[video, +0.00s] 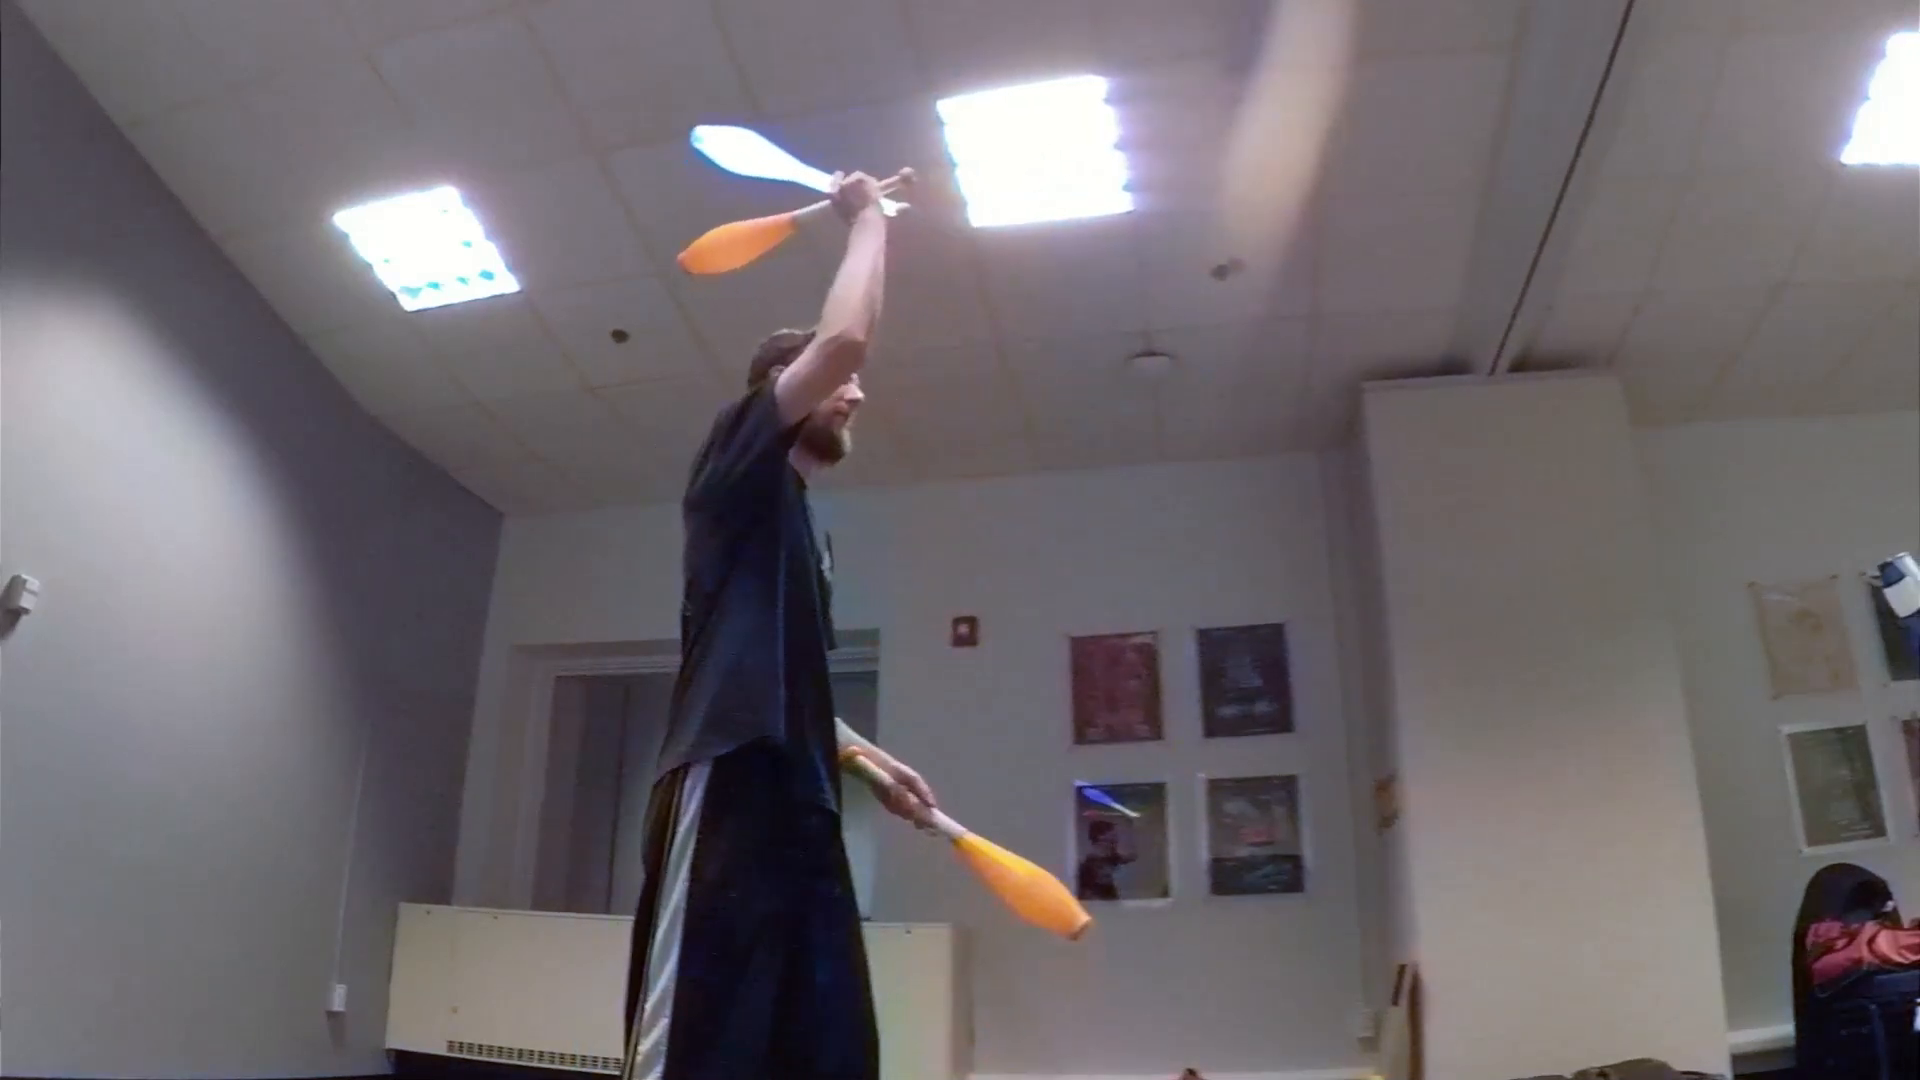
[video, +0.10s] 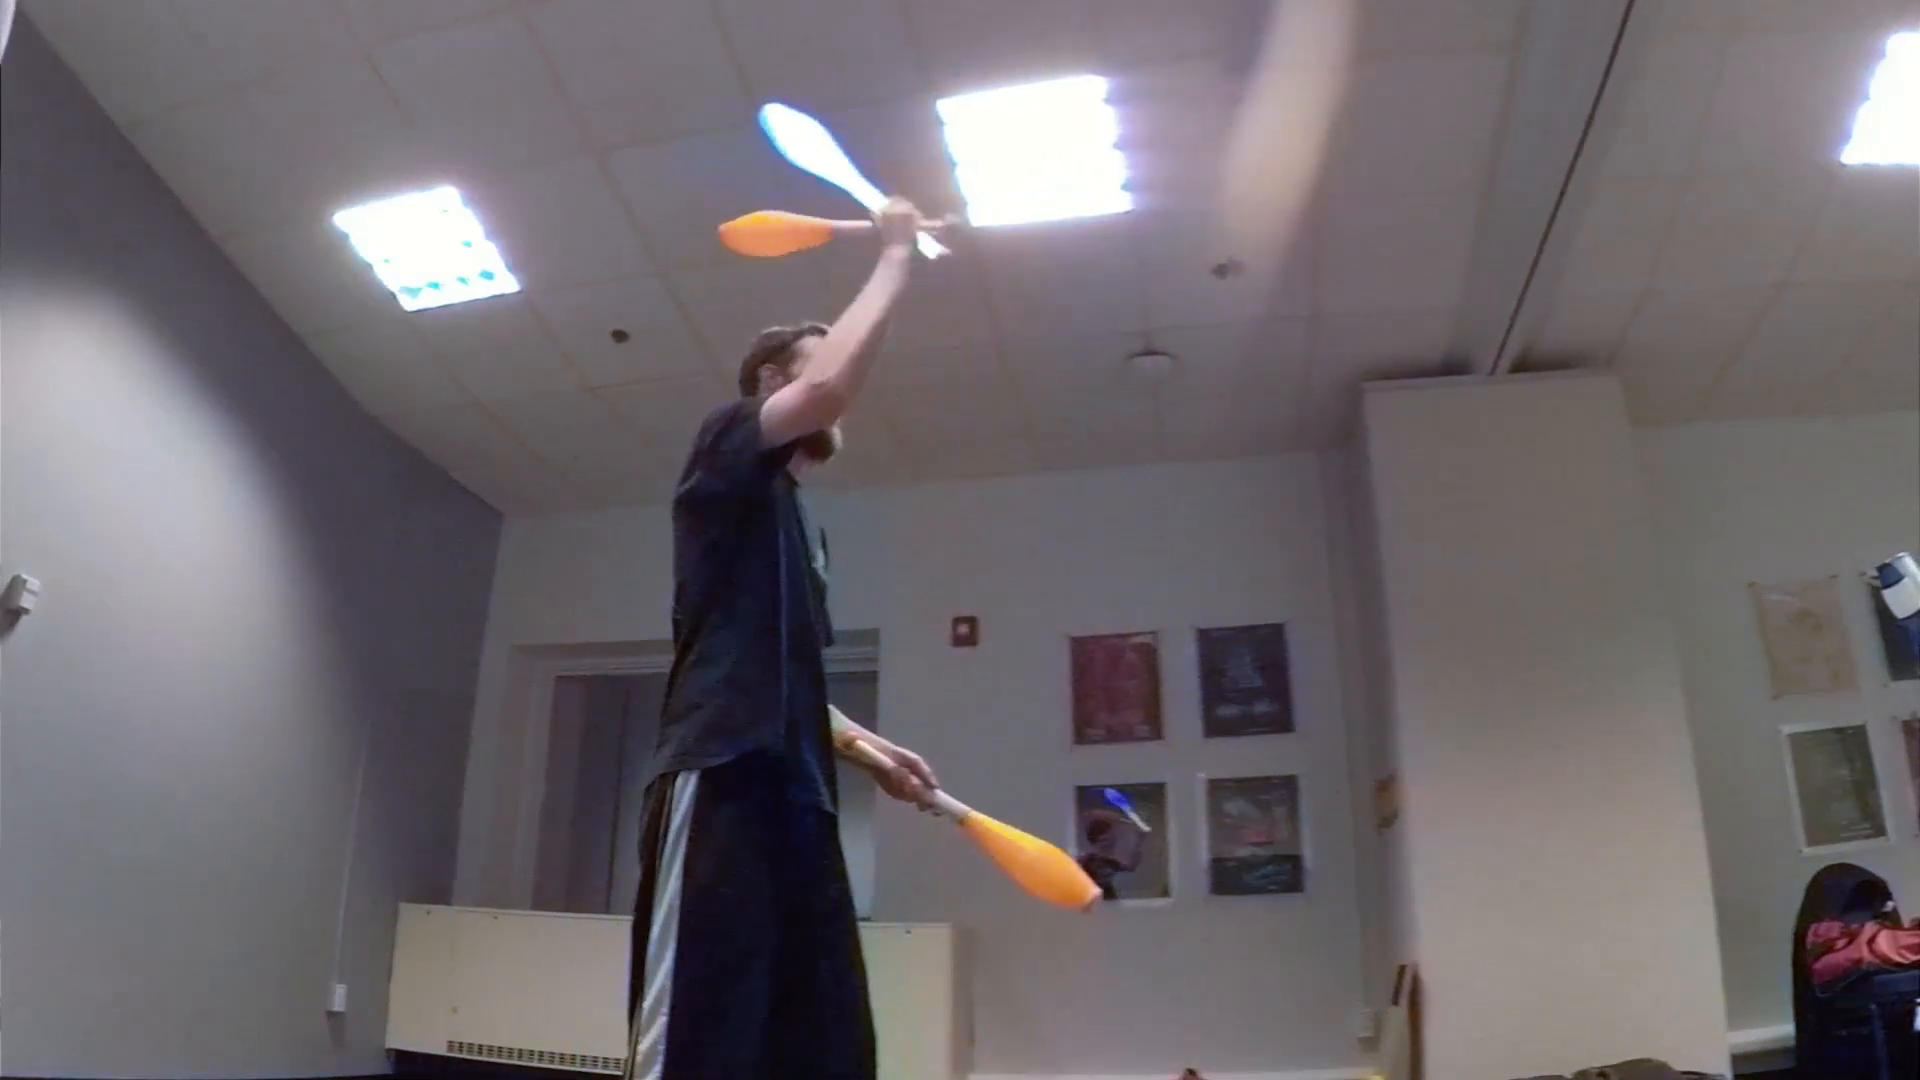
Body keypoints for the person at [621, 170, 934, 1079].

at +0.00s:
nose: (854, 395)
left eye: (855, 381)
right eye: (838, 374)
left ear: (823, 398)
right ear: (780, 380)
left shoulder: (789, 515)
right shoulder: (737, 458)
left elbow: (785, 688)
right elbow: (842, 334)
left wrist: (871, 759)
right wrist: (869, 215)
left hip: (793, 779)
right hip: (732, 770)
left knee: (817, 1008)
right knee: (710, 1006)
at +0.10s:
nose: (833, 387)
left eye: (836, 373)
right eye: (817, 371)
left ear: (797, 387)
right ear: (773, 379)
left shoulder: (787, 512)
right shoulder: (728, 444)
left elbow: (774, 677)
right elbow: (822, 391)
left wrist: (870, 749)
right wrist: (895, 256)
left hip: (794, 790)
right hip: (724, 777)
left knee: (821, 1026)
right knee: (701, 1021)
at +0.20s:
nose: (831, 380)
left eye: (835, 370)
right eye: (810, 362)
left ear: (836, 394)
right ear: (753, 375)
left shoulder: (799, 525)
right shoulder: (707, 444)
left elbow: (782, 680)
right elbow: (777, 475)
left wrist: (868, 738)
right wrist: (916, 360)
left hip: (789, 788)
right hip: (706, 782)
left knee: (818, 1031)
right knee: (691, 1027)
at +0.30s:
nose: (823, 383)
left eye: (824, 373)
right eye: (802, 364)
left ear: (824, 396)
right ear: (743, 378)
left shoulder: (778, 522)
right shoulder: (694, 460)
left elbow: (777, 680)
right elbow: (724, 567)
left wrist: (860, 729)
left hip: (775, 815)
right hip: (688, 808)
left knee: (833, 1041)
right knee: (683, 1047)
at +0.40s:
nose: (821, 388)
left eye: (823, 377)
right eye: (799, 369)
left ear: (818, 411)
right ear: (741, 385)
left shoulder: (793, 536)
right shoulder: (690, 476)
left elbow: (782, 693)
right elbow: (670, 628)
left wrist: (859, 734)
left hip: (771, 831)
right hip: (673, 826)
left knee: (843, 1040)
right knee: (681, 1053)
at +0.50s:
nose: (831, 399)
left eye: (832, 389)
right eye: (809, 381)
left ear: (831, 413)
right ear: (748, 397)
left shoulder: (798, 545)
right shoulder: (697, 499)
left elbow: (761, 696)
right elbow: (645, 668)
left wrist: (843, 746)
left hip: (762, 838)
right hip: (671, 841)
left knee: (854, 1040)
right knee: (690, 1060)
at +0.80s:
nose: (887, 415)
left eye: (889, 404)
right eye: (866, 395)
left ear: (882, 434)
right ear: (804, 411)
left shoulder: (836, 556)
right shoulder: (750, 515)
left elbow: (792, 690)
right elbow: (717, 690)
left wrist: (832, 769)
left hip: (771, 859)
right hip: (685, 855)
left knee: (804, 1062)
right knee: (707, 1063)